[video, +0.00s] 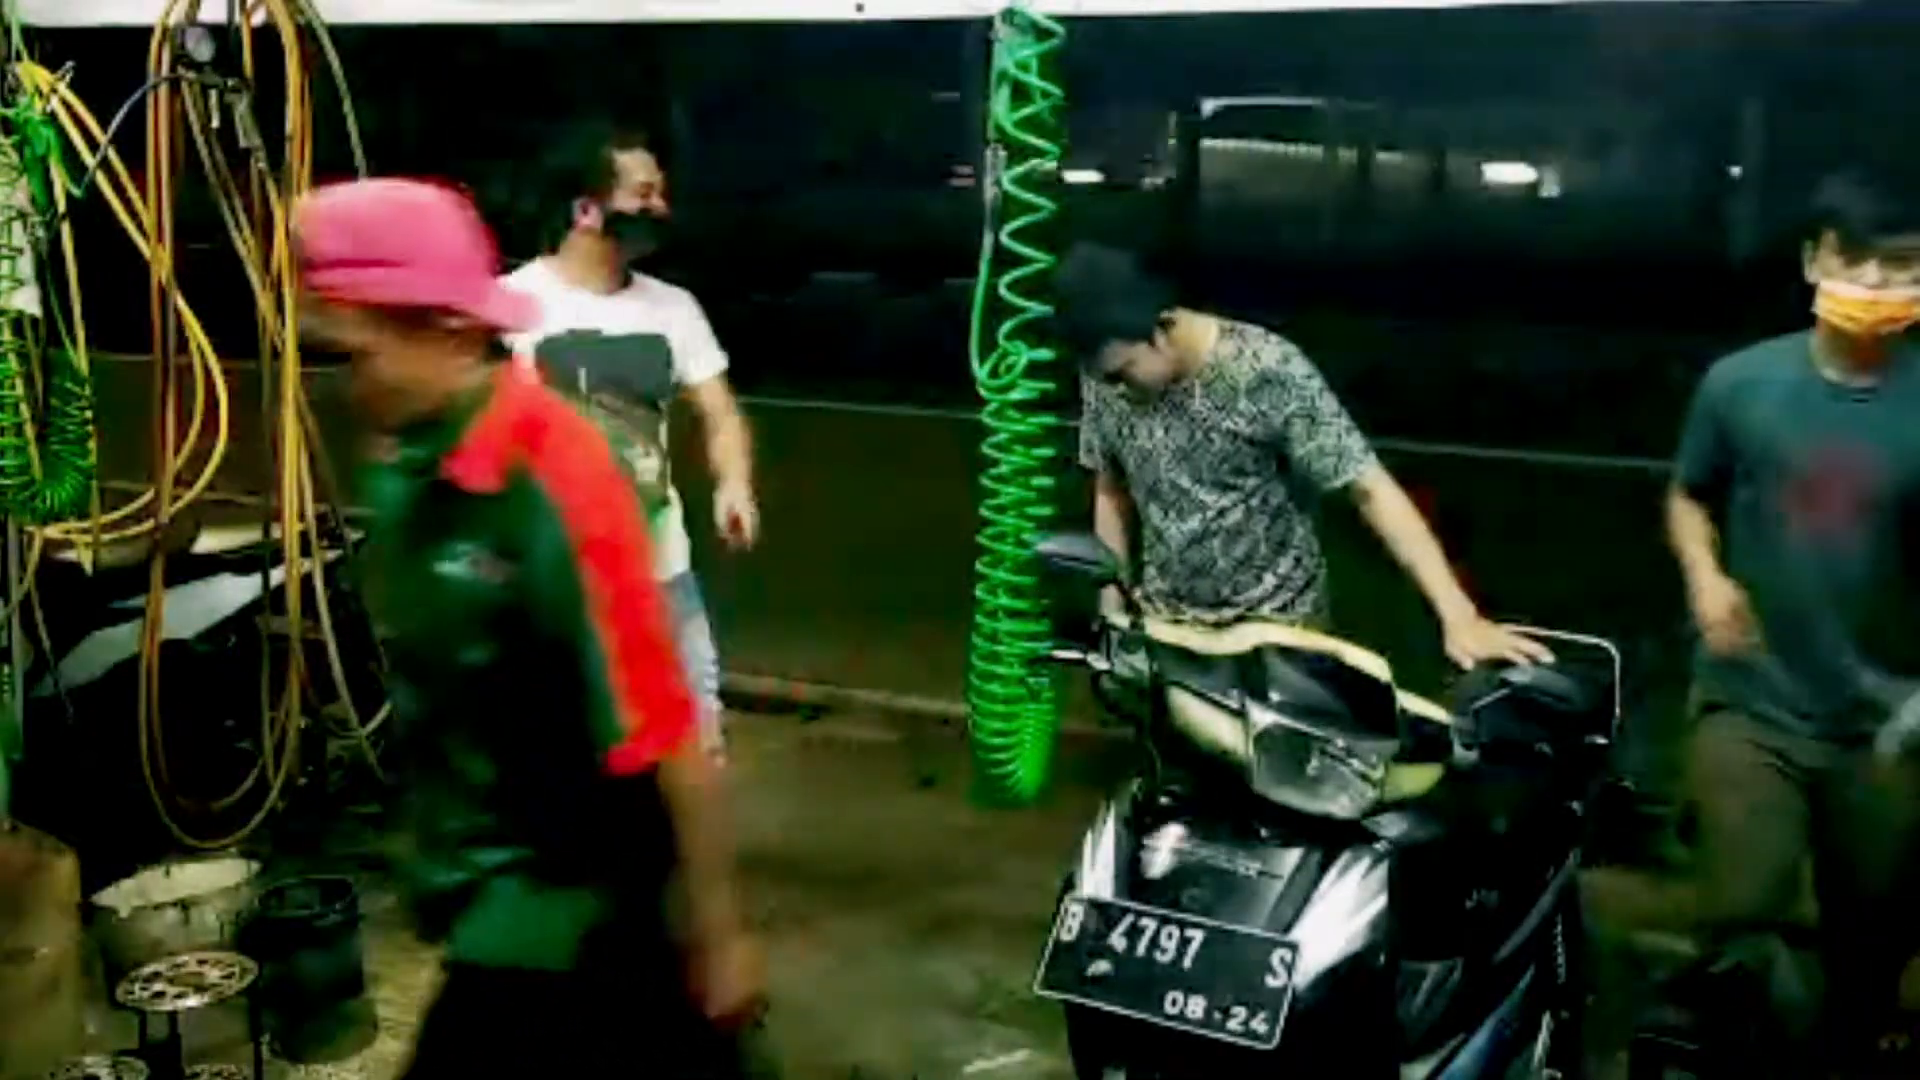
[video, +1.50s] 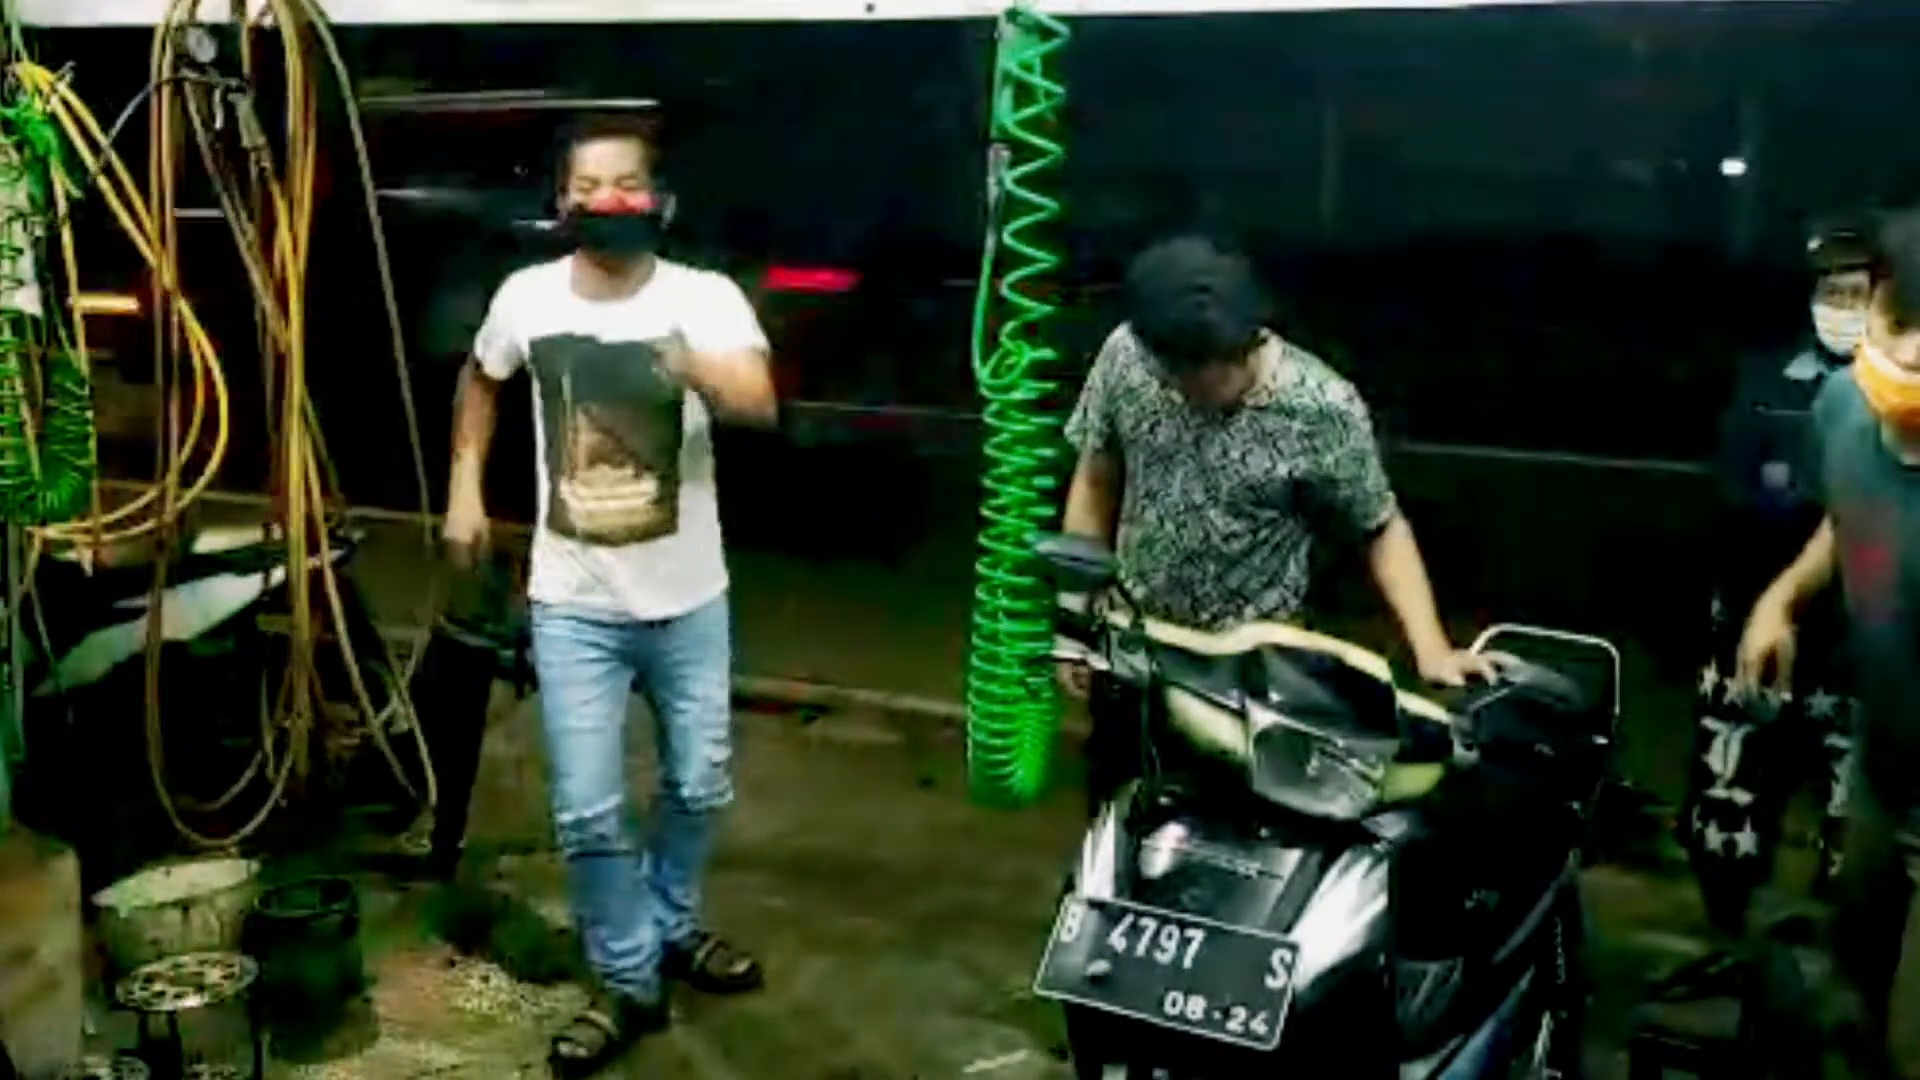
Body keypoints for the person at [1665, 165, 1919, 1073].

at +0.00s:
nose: (1881, 290)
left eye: (1898, 269)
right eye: (1864, 266)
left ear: (1917, 279)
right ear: (1817, 262)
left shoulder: (1913, 399)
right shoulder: (1740, 387)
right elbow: (1686, 495)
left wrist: (1918, 699)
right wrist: (1707, 581)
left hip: (1883, 721)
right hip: (1754, 708)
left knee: (1872, 952)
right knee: (1747, 910)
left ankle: (1849, 1072)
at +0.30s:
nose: (1816, 273)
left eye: (1840, 248)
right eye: (1793, 249)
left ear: (1882, 259)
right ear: (1754, 253)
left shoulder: (1910, 369)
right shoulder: (1704, 382)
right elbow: (1675, 494)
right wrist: (1669, 570)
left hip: (1893, 715)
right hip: (1760, 712)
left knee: (1899, 941)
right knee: (1757, 946)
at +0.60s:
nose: (1807, 277)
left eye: (1834, 253)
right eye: (1785, 253)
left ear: (1877, 253)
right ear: (1747, 245)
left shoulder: (1905, 365)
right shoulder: (1700, 382)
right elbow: (1681, 494)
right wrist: (1670, 567)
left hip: (1893, 706)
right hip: (1765, 711)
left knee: (1907, 914)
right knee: (1771, 937)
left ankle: (1898, 1042)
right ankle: (1783, 1071)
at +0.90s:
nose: (1850, 293)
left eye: (1878, 267)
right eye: (1823, 266)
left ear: (1911, 266)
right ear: (1784, 260)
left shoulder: (1915, 385)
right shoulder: (1743, 389)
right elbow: (1726, 505)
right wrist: (1679, 563)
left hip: (1894, 748)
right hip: (1771, 736)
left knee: (1898, 1005)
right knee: (1784, 987)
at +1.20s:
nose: (1865, 327)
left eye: (1890, 306)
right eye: (1861, 304)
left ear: (1912, 305)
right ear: (1851, 300)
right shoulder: (1814, 386)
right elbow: (1798, 509)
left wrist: (1898, 382)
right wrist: (1747, 588)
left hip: (1912, 788)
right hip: (1828, 765)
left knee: (1904, 1036)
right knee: (1803, 1017)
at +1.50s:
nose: (1902, 376)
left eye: (1912, 356)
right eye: (1893, 349)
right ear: (1869, 326)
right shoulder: (1848, 406)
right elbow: (1854, 519)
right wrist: (1779, 596)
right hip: (1884, 740)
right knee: (1861, 926)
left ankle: (1879, 1039)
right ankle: (1859, 1041)